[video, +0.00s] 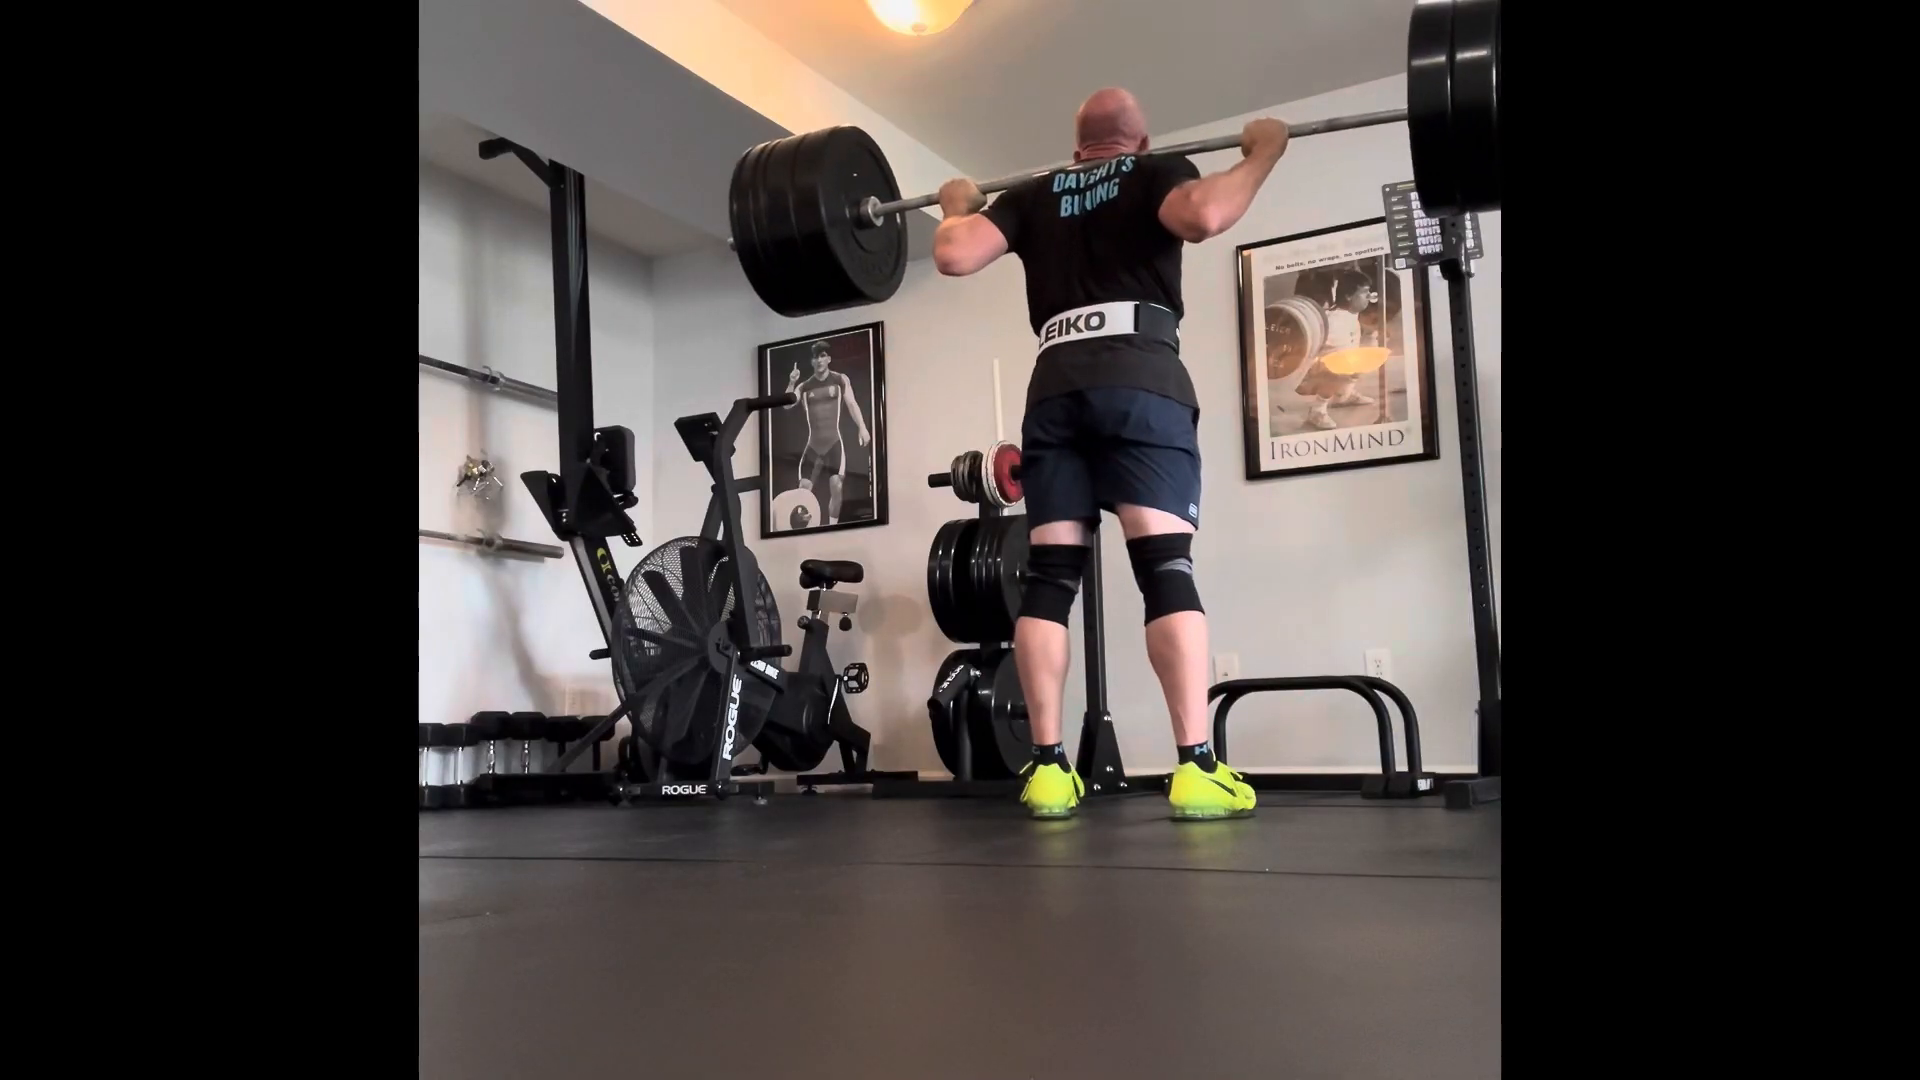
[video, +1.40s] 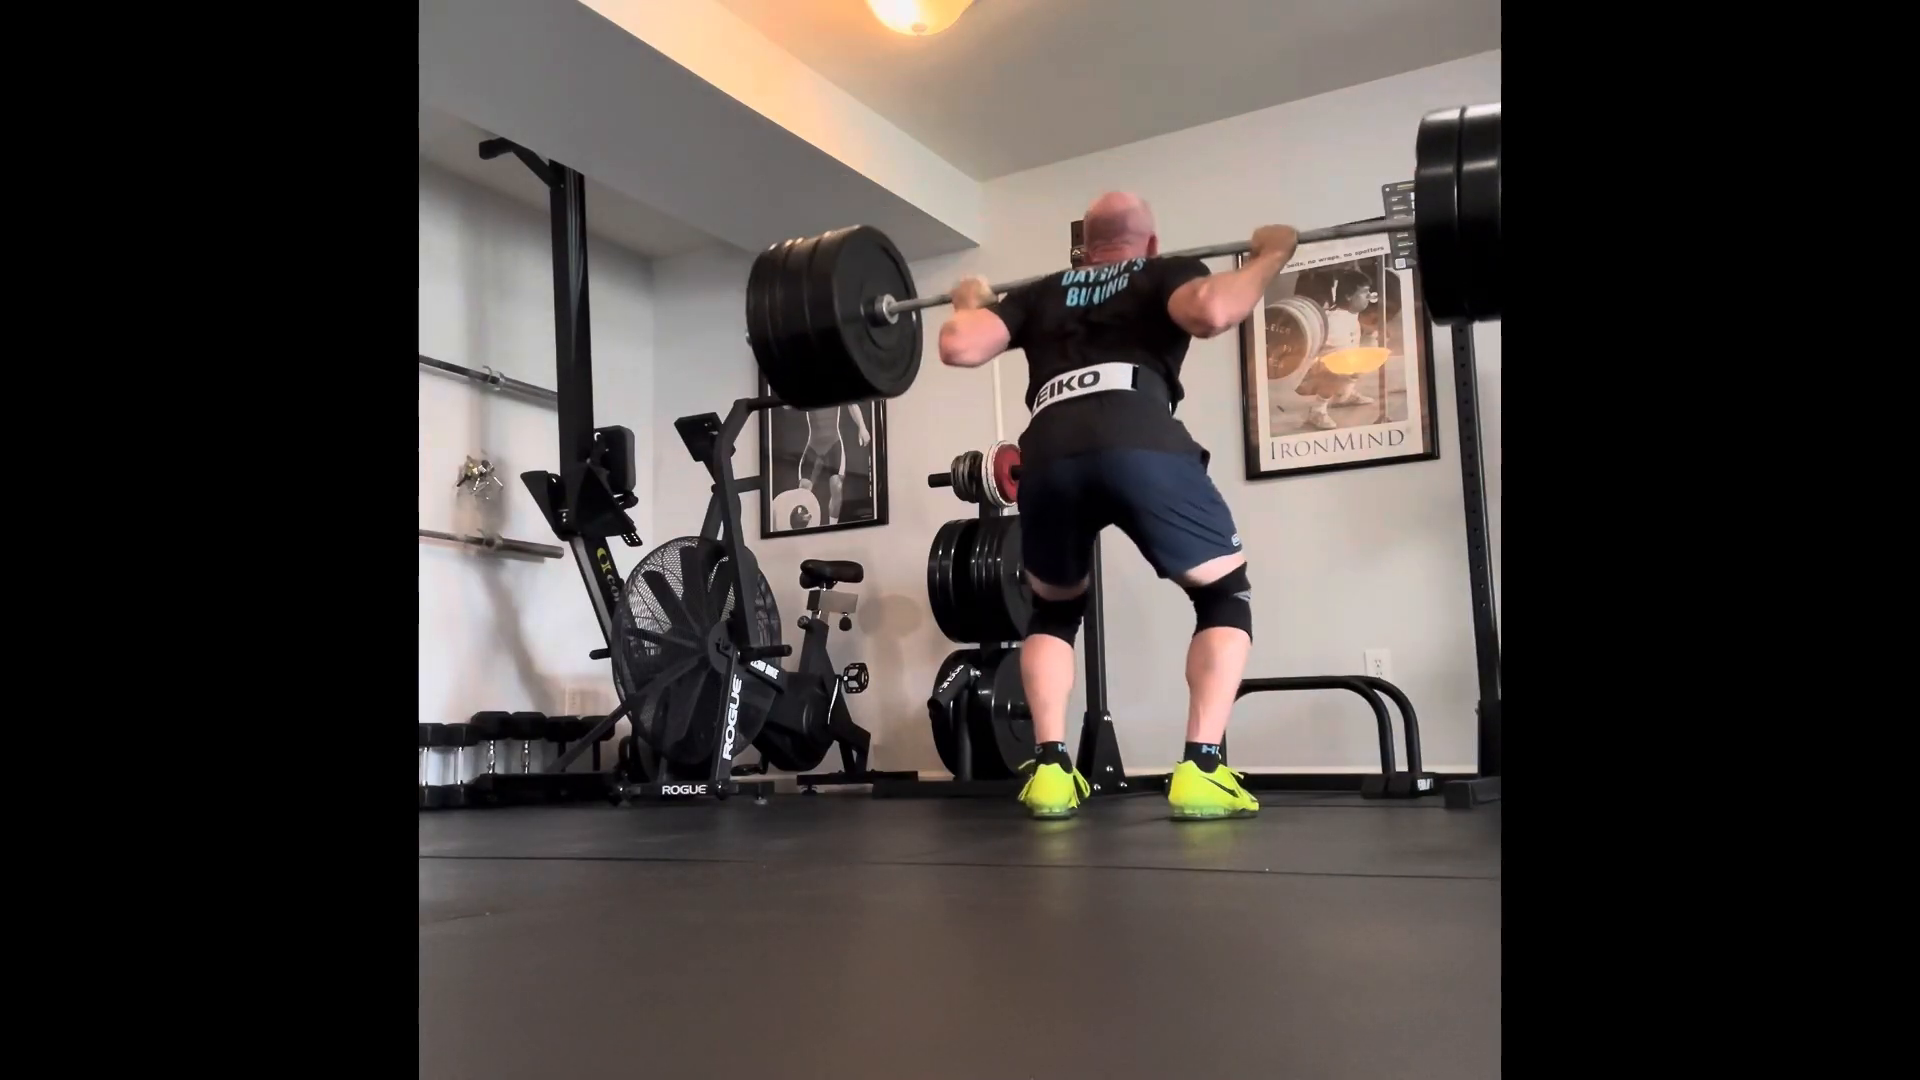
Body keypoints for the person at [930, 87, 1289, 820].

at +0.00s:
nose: (1132, 145)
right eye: (1140, 136)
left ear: (1074, 145)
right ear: (1143, 140)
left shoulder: (1031, 194)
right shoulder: (1155, 170)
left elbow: (955, 254)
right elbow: (1204, 214)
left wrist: (956, 206)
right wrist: (1261, 153)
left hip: (1056, 379)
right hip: (1144, 373)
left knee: (1050, 575)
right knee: (1165, 569)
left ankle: (1047, 764)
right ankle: (1196, 764)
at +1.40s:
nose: (1151, 244)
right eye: (1150, 236)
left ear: (1079, 246)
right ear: (1150, 244)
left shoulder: (1038, 294)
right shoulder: (1165, 271)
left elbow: (956, 346)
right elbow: (1214, 312)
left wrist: (967, 301)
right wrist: (1271, 254)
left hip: (1049, 450)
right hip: (1141, 438)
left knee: (1053, 612)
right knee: (1222, 598)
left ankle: (1050, 765)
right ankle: (1201, 765)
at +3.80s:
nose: (1151, 172)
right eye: (1152, 164)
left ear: (1083, 176)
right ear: (1151, 169)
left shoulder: (1043, 231)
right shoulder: (1166, 204)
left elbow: (967, 294)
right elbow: (1206, 248)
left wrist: (965, 243)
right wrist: (1264, 184)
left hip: (1063, 405)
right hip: (1151, 394)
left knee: (1074, 588)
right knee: (1196, 581)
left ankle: (1053, 764)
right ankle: (1200, 765)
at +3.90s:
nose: (1148, 151)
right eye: (1149, 142)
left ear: (1081, 154)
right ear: (1150, 146)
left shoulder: (1043, 210)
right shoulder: (1170, 180)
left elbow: (970, 283)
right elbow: (1214, 236)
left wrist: (965, 225)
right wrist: (1265, 161)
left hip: (1069, 387)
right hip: (1156, 381)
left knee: (1064, 576)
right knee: (1172, 573)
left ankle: (1051, 763)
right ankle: (1196, 763)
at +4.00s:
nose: (1137, 145)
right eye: (1145, 137)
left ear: (1082, 150)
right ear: (1149, 142)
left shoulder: (1042, 205)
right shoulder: (1163, 173)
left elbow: (967, 273)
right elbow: (1215, 220)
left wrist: (965, 219)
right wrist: (1265, 151)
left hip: (1070, 392)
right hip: (1157, 385)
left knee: (1059, 576)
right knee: (1173, 575)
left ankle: (1050, 764)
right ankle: (1196, 764)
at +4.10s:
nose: (1141, 148)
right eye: (1147, 141)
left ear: (1083, 155)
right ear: (1150, 148)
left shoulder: (1042, 211)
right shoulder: (1163, 176)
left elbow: (968, 275)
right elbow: (1211, 218)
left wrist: (968, 225)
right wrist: (1264, 154)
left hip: (1069, 397)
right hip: (1156, 390)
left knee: (1057, 576)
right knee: (1171, 573)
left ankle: (1050, 763)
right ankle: (1196, 763)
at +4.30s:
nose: (1142, 149)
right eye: (1146, 140)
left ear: (1081, 153)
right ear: (1148, 145)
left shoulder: (1041, 208)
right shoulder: (1163, 174)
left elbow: (966, 277)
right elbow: (1210, 220)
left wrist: (966, 225)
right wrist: (1263, 152)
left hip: (1064, 397)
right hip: (1150, 390)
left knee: (1055, 576)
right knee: (1165, 573)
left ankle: (1049, 764)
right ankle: (1195, 763)